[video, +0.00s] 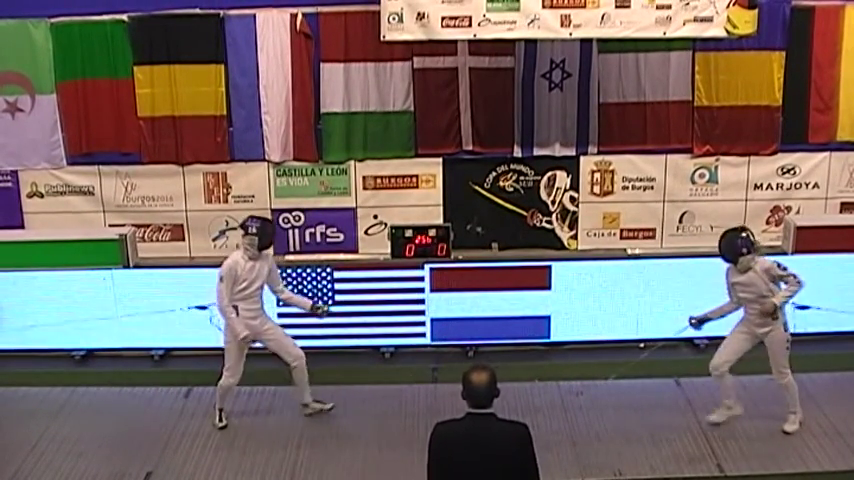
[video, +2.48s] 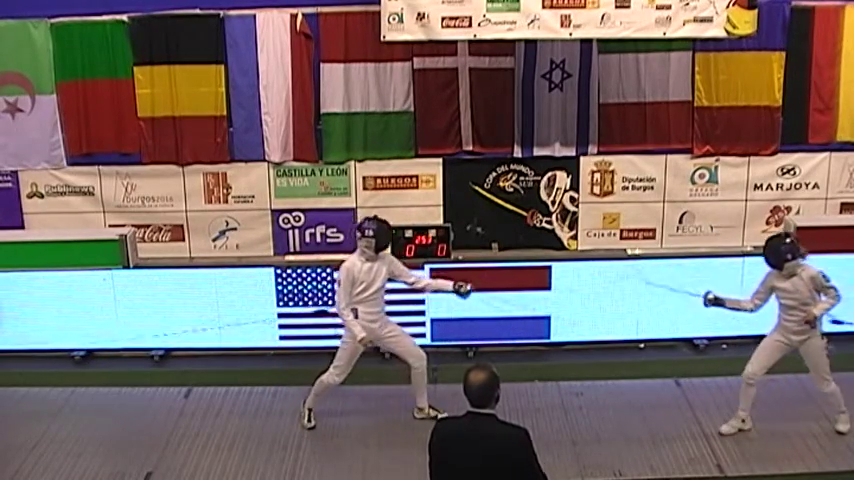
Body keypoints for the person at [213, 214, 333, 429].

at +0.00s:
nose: (248, 242)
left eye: (254, 238)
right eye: (246, 236)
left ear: (263, 242)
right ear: (242, 237)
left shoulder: (267, 261)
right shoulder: (231, 265)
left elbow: (280, 292)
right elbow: (223, 304)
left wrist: (311, 306)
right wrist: (239, 330)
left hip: (261, 321)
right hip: (236, 324)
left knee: (297, 358)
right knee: (231, 378)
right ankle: (219, 409)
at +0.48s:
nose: (301, 235)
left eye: (306, 231)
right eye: (299, 231)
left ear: (314, 234)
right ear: (295, 232)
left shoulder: (320, 251)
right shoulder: (283, 257)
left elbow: (347, 274)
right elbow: (272, 297)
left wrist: (382, 283)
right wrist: (282, 328)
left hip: (314, 315)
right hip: (289, 317)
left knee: (342, 356)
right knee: (292, 373)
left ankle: (331, 402)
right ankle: (290, 404)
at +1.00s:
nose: (349, 240)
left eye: (354, 236)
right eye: (347, 235)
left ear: (365, 239)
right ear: (343, 236)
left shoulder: (371, 258)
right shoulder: (334, 263)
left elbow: (402, 274)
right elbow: (323, 302)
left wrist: (438, 278)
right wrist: (333, 332)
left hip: (367, 322)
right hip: (342, 325)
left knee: (404, 357)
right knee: (323, 375)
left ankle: (409, 405)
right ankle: (301, 402)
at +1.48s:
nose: (368, 242)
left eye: (373, 239)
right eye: (365, 237)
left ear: (382, 242)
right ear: (361, 238)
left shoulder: (387, 260)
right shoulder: (351, 265)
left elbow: (415, 283)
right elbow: (342, 306)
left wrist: (450, 295)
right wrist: (352, 337)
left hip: (385, 322)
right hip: (361, 326)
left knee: (419, 355)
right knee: (351, 383)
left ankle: (409, 405)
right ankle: (324, 401)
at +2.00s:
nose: (333, 247)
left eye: (338, 243)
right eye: (331, 242)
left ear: (345, 246)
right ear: (326, 242)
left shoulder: (349, 265)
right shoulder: (314, 269)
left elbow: (372, 293)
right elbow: (295, 306)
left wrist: (404, 302)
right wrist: (301, 339)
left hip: (342, 328)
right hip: (319, 329)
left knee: (373, 365)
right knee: (320, 384)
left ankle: (350, 408)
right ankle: (305, 407)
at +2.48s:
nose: (366, 245)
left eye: (371, 241)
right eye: (363, 240)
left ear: (381, 243)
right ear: (359, 239)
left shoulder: (387, 261)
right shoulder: (349, 266)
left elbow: (416, 282)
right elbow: (342, 307)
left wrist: (453, 286)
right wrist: (360, 334)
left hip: (383, 325)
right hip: (357, 328)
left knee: (419, 359)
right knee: (335, 377)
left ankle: (422, 408)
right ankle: (309, 406)